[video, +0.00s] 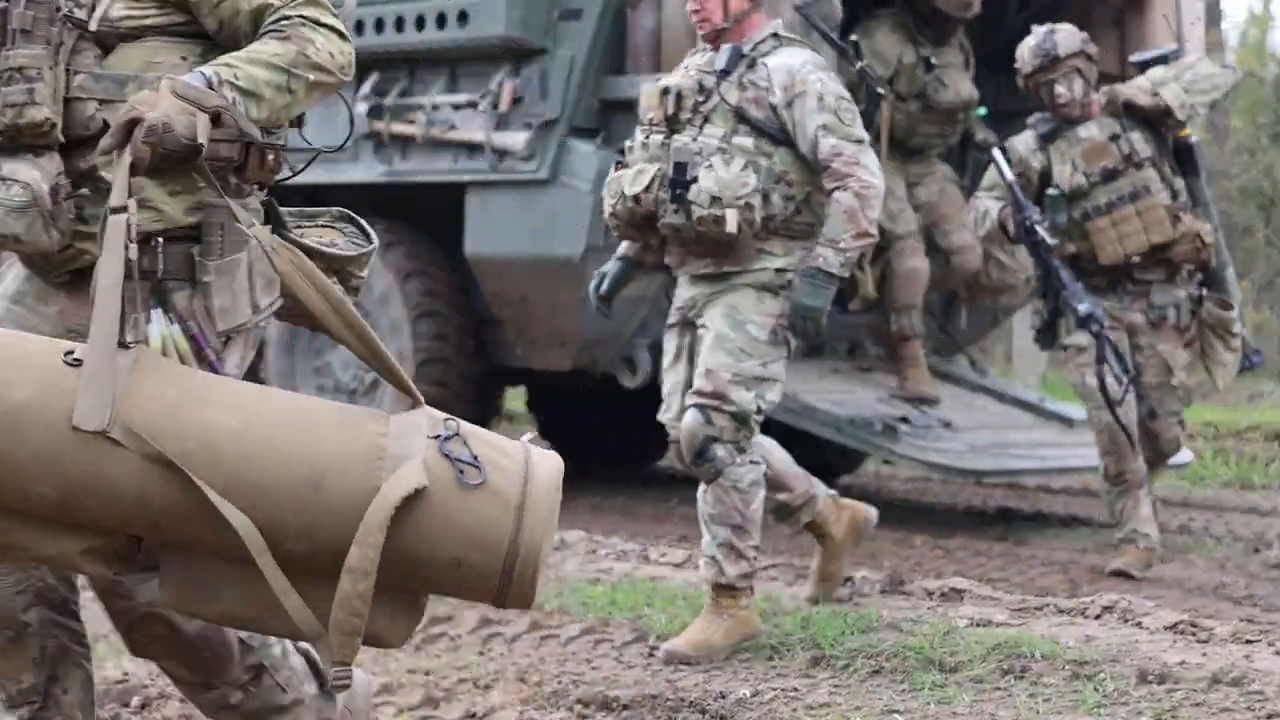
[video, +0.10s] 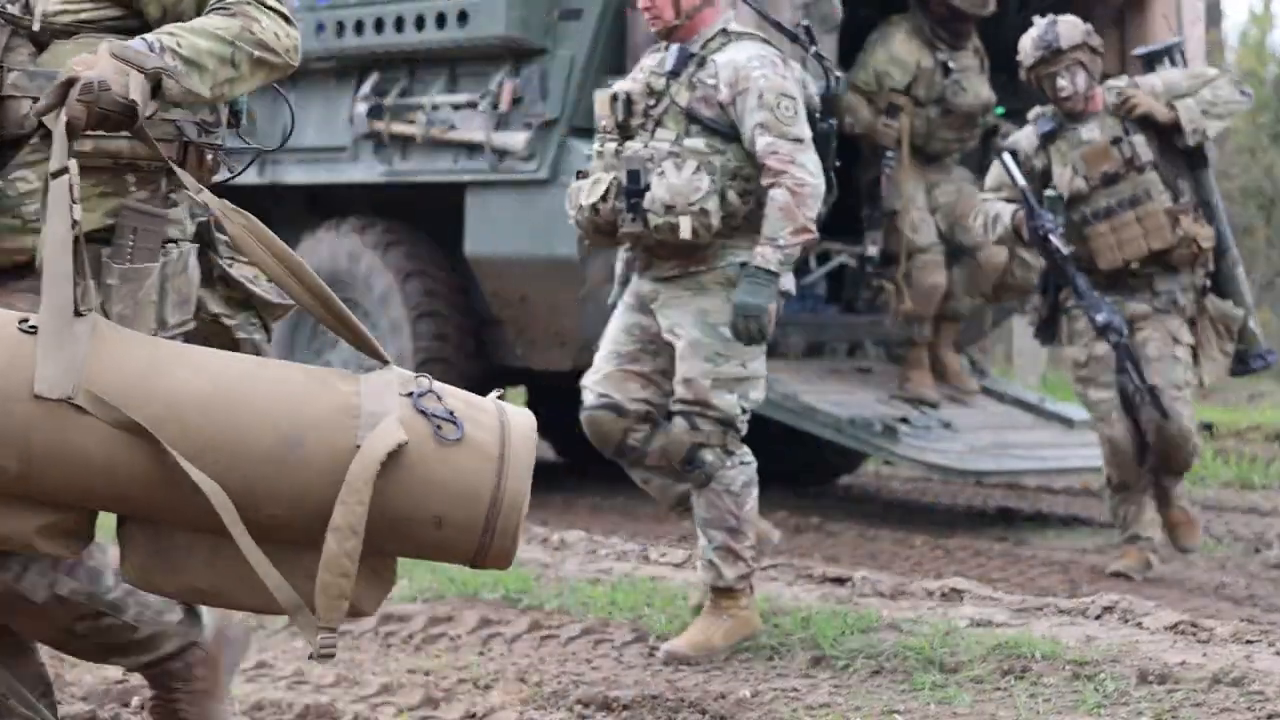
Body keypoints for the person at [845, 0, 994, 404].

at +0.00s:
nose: (972, 3)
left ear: (975, 7)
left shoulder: (960, 44)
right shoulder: (885, 37)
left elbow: (961, 104)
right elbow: (862, 109)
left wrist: (977, 129)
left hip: (930, 159)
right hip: (882, 157)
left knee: (967, 258)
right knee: (910, 261)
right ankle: (912, 364)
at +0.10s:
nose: (970, 29)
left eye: (975, 22)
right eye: (964, 19)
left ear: (977, 17)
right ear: (937, 6)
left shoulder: (972, 45)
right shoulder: (898, 41)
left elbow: (977, 110)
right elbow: (849, 99)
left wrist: (1001, 129)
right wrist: (877, 127)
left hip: (951, 167)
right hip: (903, 165)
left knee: (987, 255)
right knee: (926, 269)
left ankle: (945, 347)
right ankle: (916, 364)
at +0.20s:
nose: (985, 24)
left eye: (991, 17)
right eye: (978, 14)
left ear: (995, 14)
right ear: (954, 5)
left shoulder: (987, 47)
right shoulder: (917, 38)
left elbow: (1002, 106)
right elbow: (864, 100)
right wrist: (898, 130)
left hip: (970, 171)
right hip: (922, 171)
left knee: (999, 262)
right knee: (933, 275)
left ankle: (989, 379)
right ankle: (916, 371)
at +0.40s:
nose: (1014, 11)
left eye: (1019, 7)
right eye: (1009, 5)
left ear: (1018, 12)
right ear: (988, 4)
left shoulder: (1019, 53)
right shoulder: (960, 45)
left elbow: (1039, 110)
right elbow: (912, 116)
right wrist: (947, 145)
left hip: (1009, 188)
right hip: (961, 188)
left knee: (1035, 288)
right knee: (985, 296)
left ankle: (1017, 404)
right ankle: (942, 347)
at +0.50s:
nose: (1029, 22)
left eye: (1035, 17)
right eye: (1024, 14)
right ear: (1005, 14)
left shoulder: (1048, 59)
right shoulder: (975, 52)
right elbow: (927, 121)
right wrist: (977, 161)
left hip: (1036, 191)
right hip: (987, 190)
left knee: (1044, 294)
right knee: (1016, 284)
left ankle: (1026, 403)